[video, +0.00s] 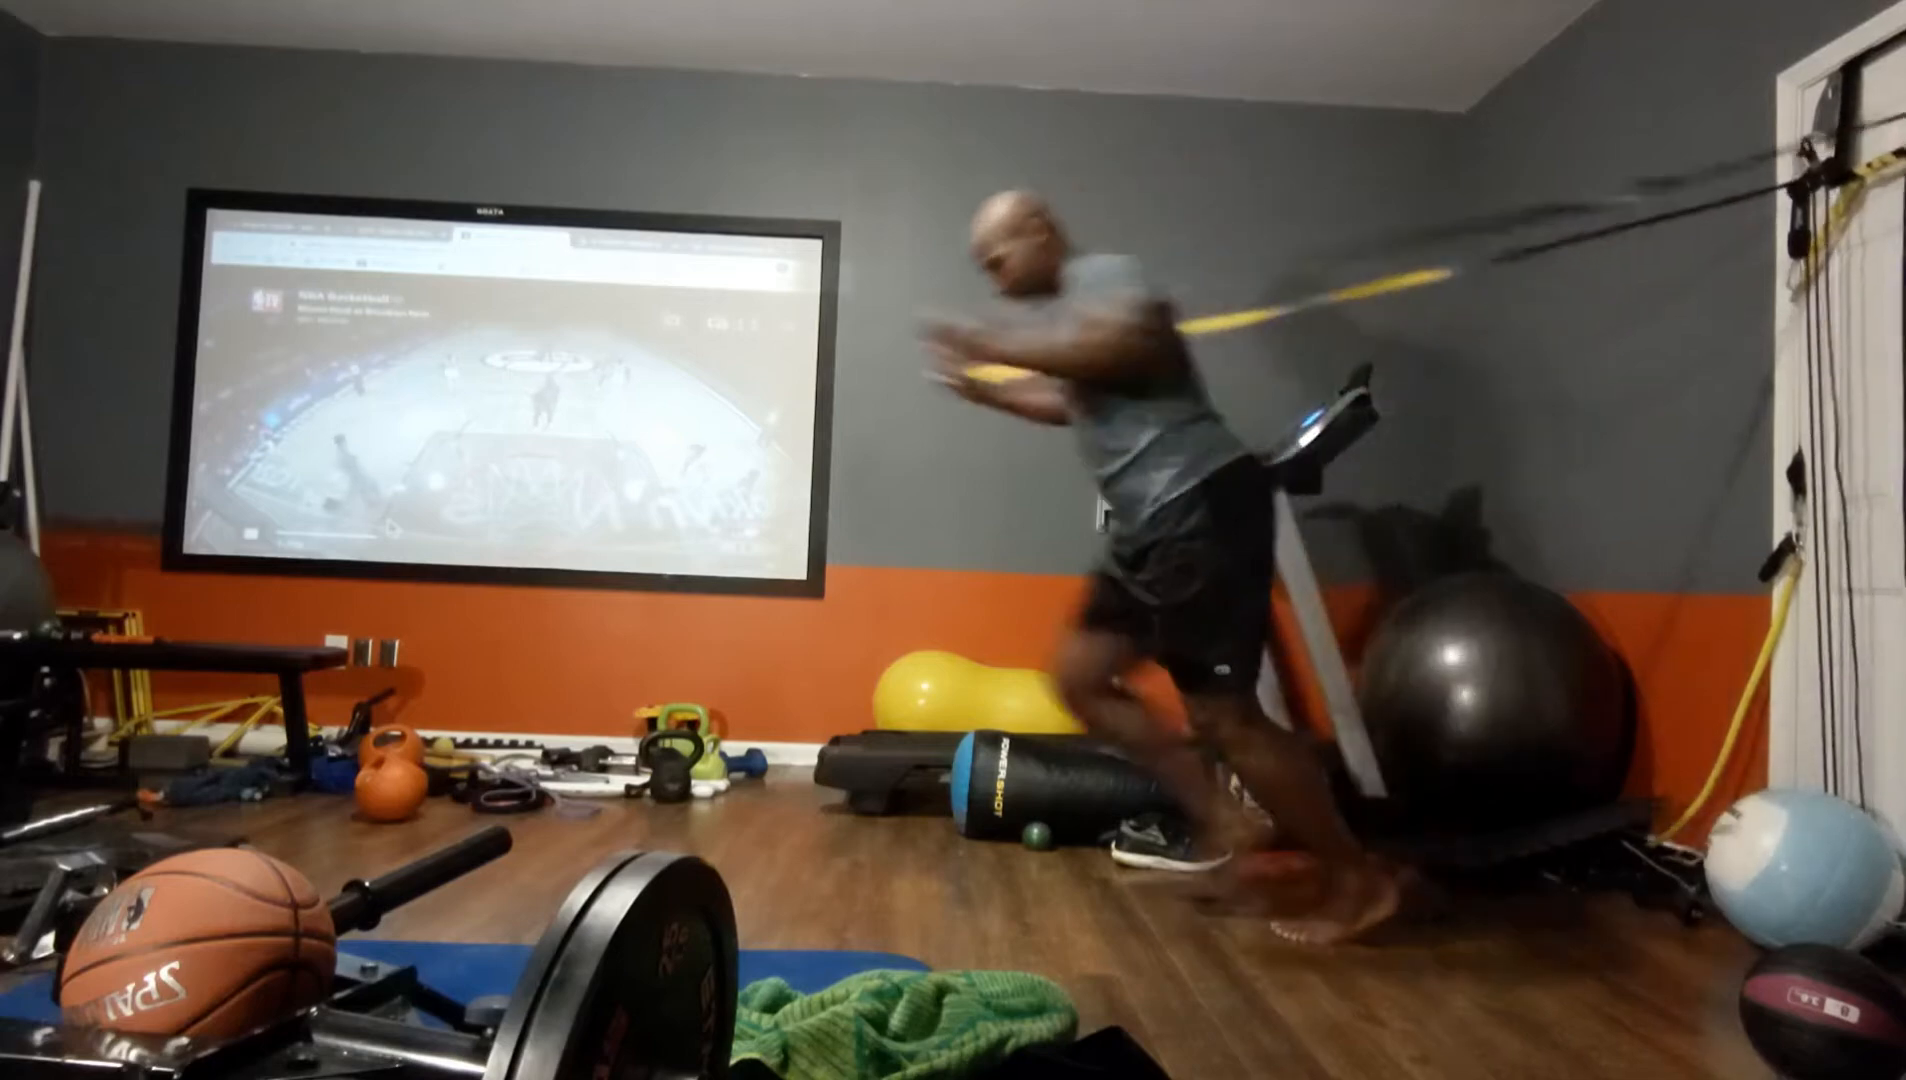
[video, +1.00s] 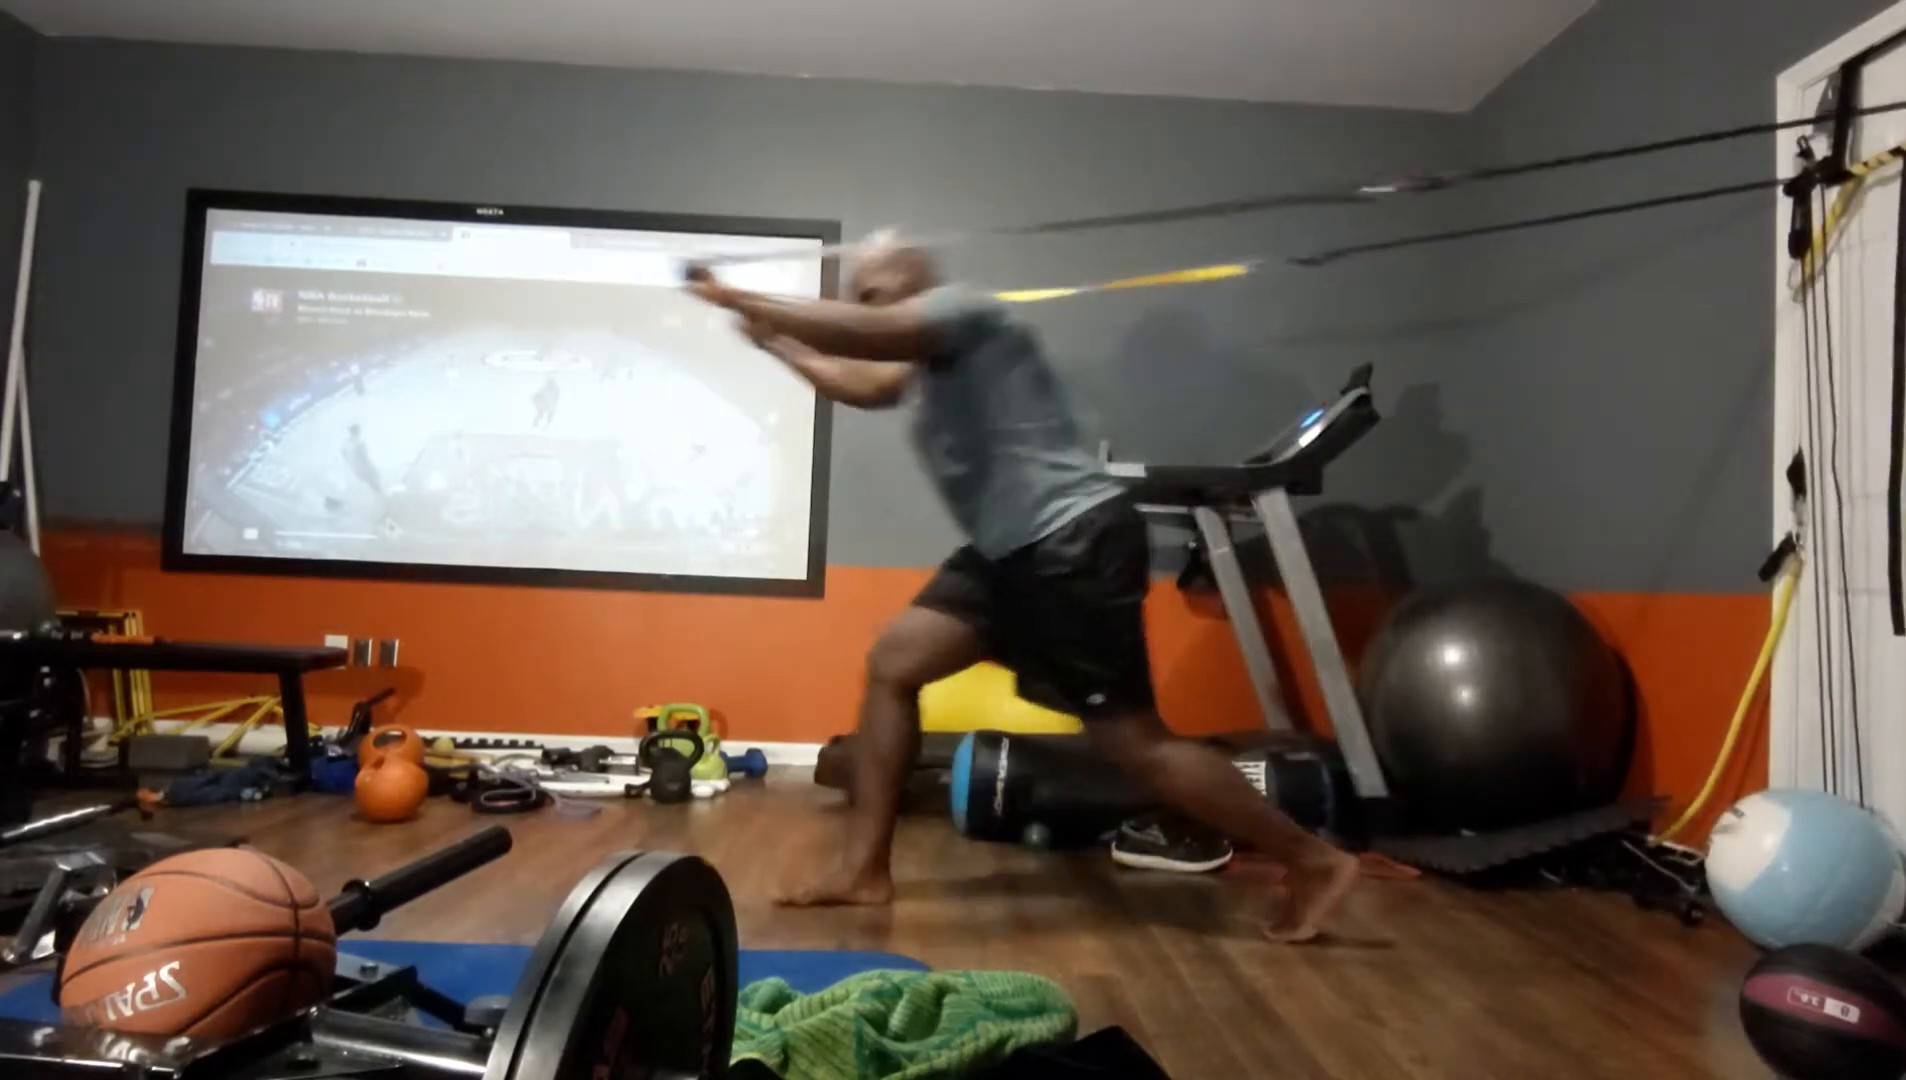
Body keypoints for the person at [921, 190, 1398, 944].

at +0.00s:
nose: (993, 271)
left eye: (1000, 251)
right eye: (984, 261)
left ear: (1045, 234)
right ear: (992, 267)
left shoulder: (1104, 275)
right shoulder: (1058, 326)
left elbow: (1124, 345)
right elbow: (1074, 405)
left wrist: (992, 344)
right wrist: (982, 386)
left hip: (1207, 497)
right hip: (1144, 522)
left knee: (1224, 718)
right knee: (1082, 678)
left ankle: (1356, 880)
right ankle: (1217, 830)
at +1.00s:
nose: (861, 303)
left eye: (870, 287)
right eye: (855, 293)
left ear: (915, 276)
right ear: (874, 301)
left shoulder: (971, 316)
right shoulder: (919, 368)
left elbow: (871, 330)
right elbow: (862, 386)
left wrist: (744, 300)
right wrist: (781, 341)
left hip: (1079, 537)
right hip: (1005, 554)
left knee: (1136, 748)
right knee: (891, 666)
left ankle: (1317, 863)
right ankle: (862, 871)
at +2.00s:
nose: (1162, 202)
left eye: (1174, 185)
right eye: (1162, 188)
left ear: (1226, 186)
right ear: (1204, 195)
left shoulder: (1281, 250)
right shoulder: (1219, 290)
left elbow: (1376, 342)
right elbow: (1255, 401)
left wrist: (1274, 373)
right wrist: (1173, 407)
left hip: (1324, 484)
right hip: (1291, 491)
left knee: (1266, 689)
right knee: (1330, 681)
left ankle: (1355, 891)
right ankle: (1441, 847)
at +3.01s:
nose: (723, 375)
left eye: (725, 353)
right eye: (716, 360)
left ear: (761, 329)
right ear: (760, 339)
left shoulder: (835, 350)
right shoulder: (822, 382)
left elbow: (698, 352)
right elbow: (702, 381)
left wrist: (564, 327)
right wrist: (588, 345)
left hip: (1013, 544)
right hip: (943, 559)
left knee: (1084, 742)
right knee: (838, 667)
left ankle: (1273, 861)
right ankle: (860, 871)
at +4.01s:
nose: (1028, 231)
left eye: (1035, 210)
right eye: (1022, 217)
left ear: (1084, 189)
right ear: (1074, 197)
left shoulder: (1147, 249)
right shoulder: (1103, 292)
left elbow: (1227, 338)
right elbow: (1135, 408)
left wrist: (1105, 355)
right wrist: (1058, 398)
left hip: (1219, 494)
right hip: (1152, 507)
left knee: (1221, 708)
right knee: (1062, 653)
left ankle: (1325, 886)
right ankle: (1099, 857)